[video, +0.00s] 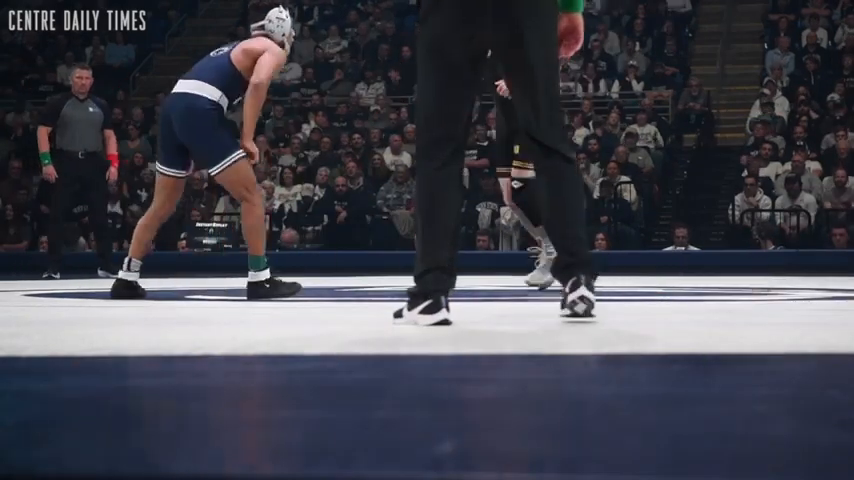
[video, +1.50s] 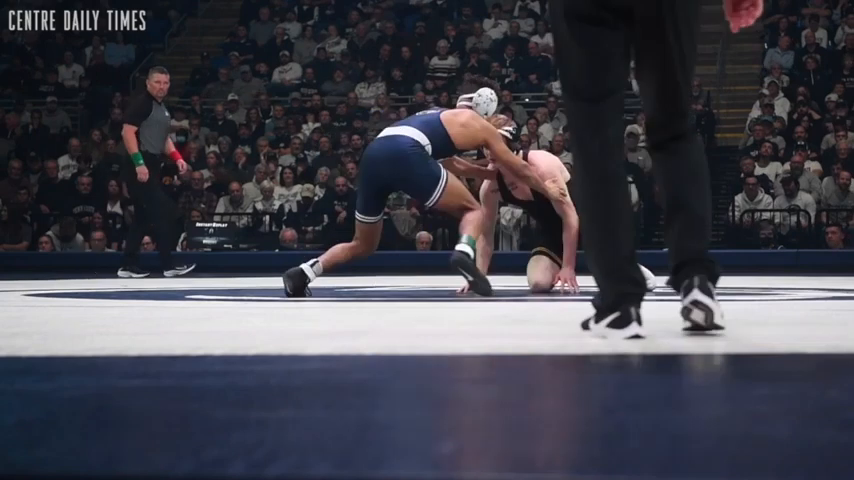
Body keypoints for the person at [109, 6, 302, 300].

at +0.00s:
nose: (288, 50)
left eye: (288, 46)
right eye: (289, 44)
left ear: (259, 32)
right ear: (286, 37)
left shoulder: (235, 47)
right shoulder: (273, 49)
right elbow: (258, 82)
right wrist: (247, 137)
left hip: (171, 113)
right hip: (201, 114)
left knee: (162, 204)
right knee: (252, 196)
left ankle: (127, 276)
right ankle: (260, 279)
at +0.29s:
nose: (347, 25)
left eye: (347, 20)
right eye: (345, 19)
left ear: (315, 18)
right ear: (335, 20)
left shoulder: (294, 40)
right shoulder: (319, 44)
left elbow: (274, 105)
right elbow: (304, 101)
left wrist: (285, 148)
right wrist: (300, 154)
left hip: (234, 117)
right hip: (250, 119)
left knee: (265, 202)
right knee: (292, 203)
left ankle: (202, 247)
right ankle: (265, 279)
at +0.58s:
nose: (407, 27)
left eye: (405, 21)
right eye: (403, 21)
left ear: (376, 21)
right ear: (391, 22)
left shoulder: (361, 41)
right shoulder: (376, 44)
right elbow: (346, 72)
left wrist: (337, 125)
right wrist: (344, 124)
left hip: (306, 122)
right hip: (306, 122)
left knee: (351, 203)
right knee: (335, 209)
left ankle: (378, 274)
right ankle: (278, 267)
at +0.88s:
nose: (460, 94)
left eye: (461, 87)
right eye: (458, 86)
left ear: (434, 81)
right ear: (443, 83)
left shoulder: (407, 104)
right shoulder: (419, 96)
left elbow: (409, 172)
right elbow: (424, 158)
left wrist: (432, 207)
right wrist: (446, 205)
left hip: (326, 136)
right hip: (326, 134)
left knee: (385, 195)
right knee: (384, 194)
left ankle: (386, 272)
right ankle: (385, 273)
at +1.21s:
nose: (468, 119)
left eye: (470, 115)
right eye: (470, 114)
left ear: (446, 97)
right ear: (466, 108)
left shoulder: (418, 113)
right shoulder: (444, 118)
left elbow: (399, 172)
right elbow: (468, 170)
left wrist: (410, 227)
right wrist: (496, 204)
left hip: (330, 150)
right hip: (343, 150)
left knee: (372, 216)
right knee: (414, 204)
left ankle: (305, 237)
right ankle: (391, 278)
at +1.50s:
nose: (495, 121)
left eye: (493, 116)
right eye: (495, 115)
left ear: (466, 105)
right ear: (488, 112)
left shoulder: (442, 120)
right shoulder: (484, 126)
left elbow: (458, 165)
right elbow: (518, 169)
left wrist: (495, 170)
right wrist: (538, 185)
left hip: (373, 154)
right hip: (409, 155)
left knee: (363, 245)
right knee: (473, 210)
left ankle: (308, 271)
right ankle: (465, 251)